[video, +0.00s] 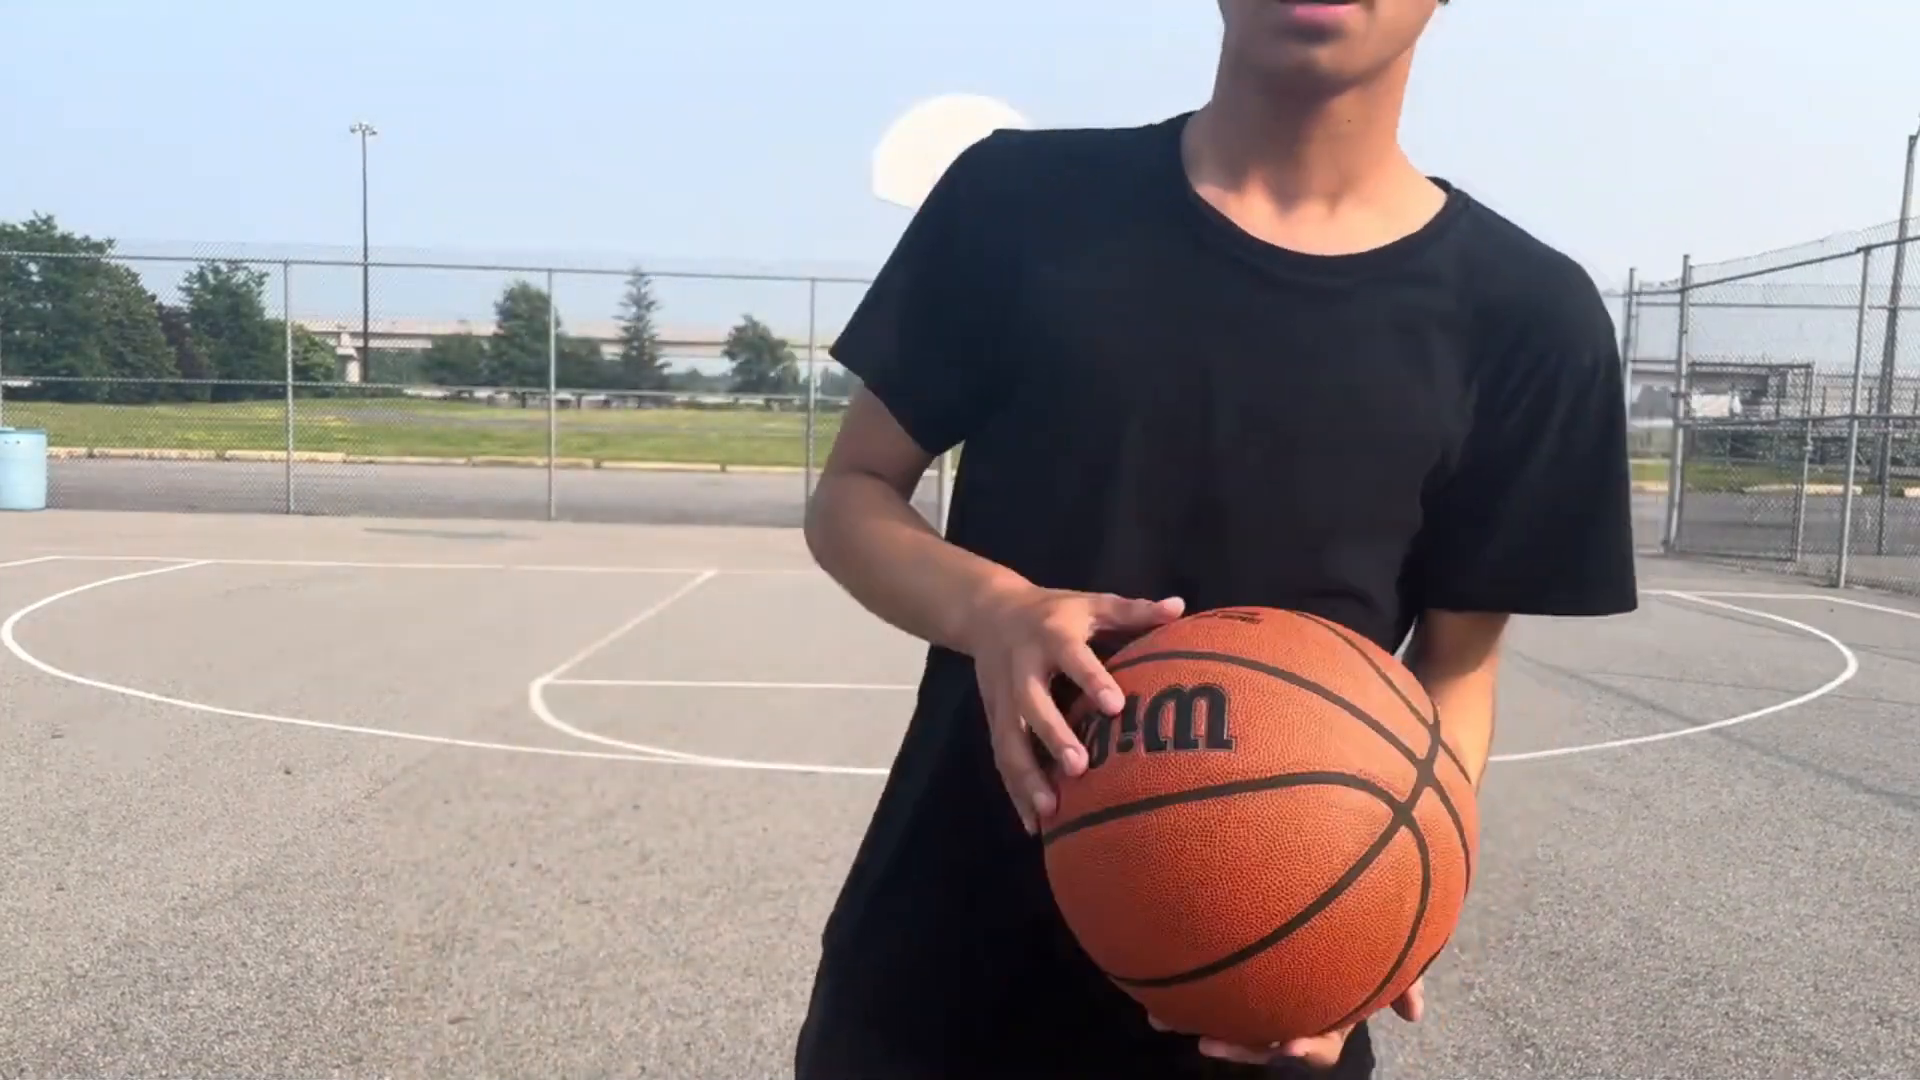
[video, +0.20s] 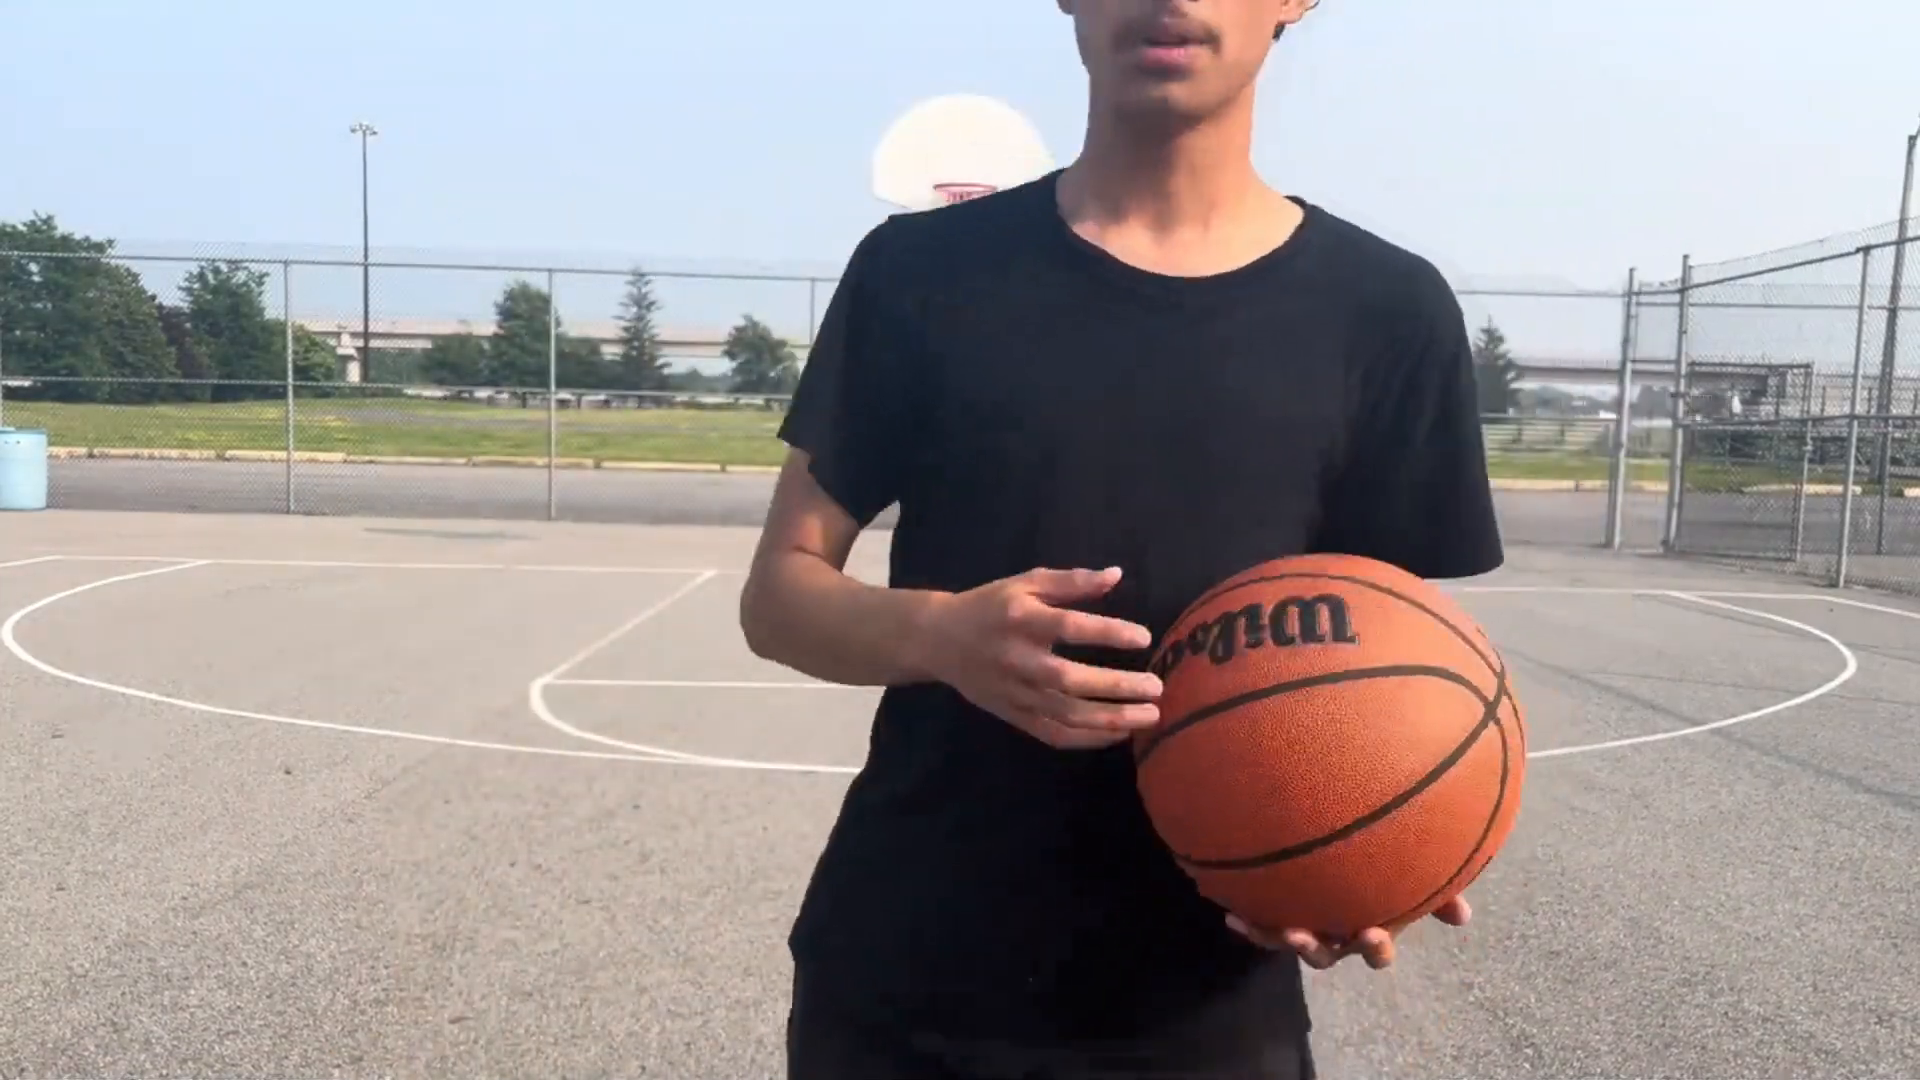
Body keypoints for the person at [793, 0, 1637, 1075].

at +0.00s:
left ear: (1443, 2)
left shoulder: (1528, 313)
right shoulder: (1015, 198)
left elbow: (1458, 663)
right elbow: (850, 496)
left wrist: (1371, 911)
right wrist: (988, 610)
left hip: (1268, 1014)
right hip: (940, 984)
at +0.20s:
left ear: (1289, 4)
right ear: (1071, 4)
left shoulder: (1389, 311)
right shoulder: (917, 271)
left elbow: (1390, 656)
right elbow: (776, 594)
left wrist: (1359, 842)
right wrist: (934, 633)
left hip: (1213, 998)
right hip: (909, 981)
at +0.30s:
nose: (1083, 9)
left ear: (1201, 16)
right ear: (988, 19)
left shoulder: (1319, 309)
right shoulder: (870, 306)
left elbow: (1353, 628)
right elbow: (782, 640)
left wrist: (1337, 805)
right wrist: (931, 687)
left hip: (1184, 976)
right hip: (890, 970)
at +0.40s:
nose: (1019, 21)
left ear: (1132, 19)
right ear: (924, 30)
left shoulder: (1261, 291)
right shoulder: (840, 325)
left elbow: (1298, 597)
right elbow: (796, 656)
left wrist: (1301, 775)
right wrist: (920, 757)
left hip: (1174, 943)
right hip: (897, 950)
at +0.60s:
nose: (980, 28)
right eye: (937, 2)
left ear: (1086, 21)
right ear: (887, 44)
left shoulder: (1217, 267)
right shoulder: (827, 331)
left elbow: (1279, 552)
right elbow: (792, 643)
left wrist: (1312, 705)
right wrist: (897, 700)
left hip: (1173, 911)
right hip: (915, 923)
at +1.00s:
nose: (1102, 79)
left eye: (1138, 34)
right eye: (1062, 48)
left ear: (1210, 54)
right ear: (1029, 84)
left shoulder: (1315, 308)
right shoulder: (956, 321)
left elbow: (1355, 573)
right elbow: (864, 569)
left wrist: (1343, 710)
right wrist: (796, 705)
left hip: (1213, 872)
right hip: (987, 869)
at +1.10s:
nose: (1141, 94)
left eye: (1180, 48)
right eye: (1105, 58)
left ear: (1256, 63)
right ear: (1072, 81)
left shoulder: (1345, 324)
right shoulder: (989, 313)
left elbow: (1357, 581)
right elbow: (851, 540)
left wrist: (1336, 730)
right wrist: (679, 683)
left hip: (1219, 869)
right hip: (997, 866)